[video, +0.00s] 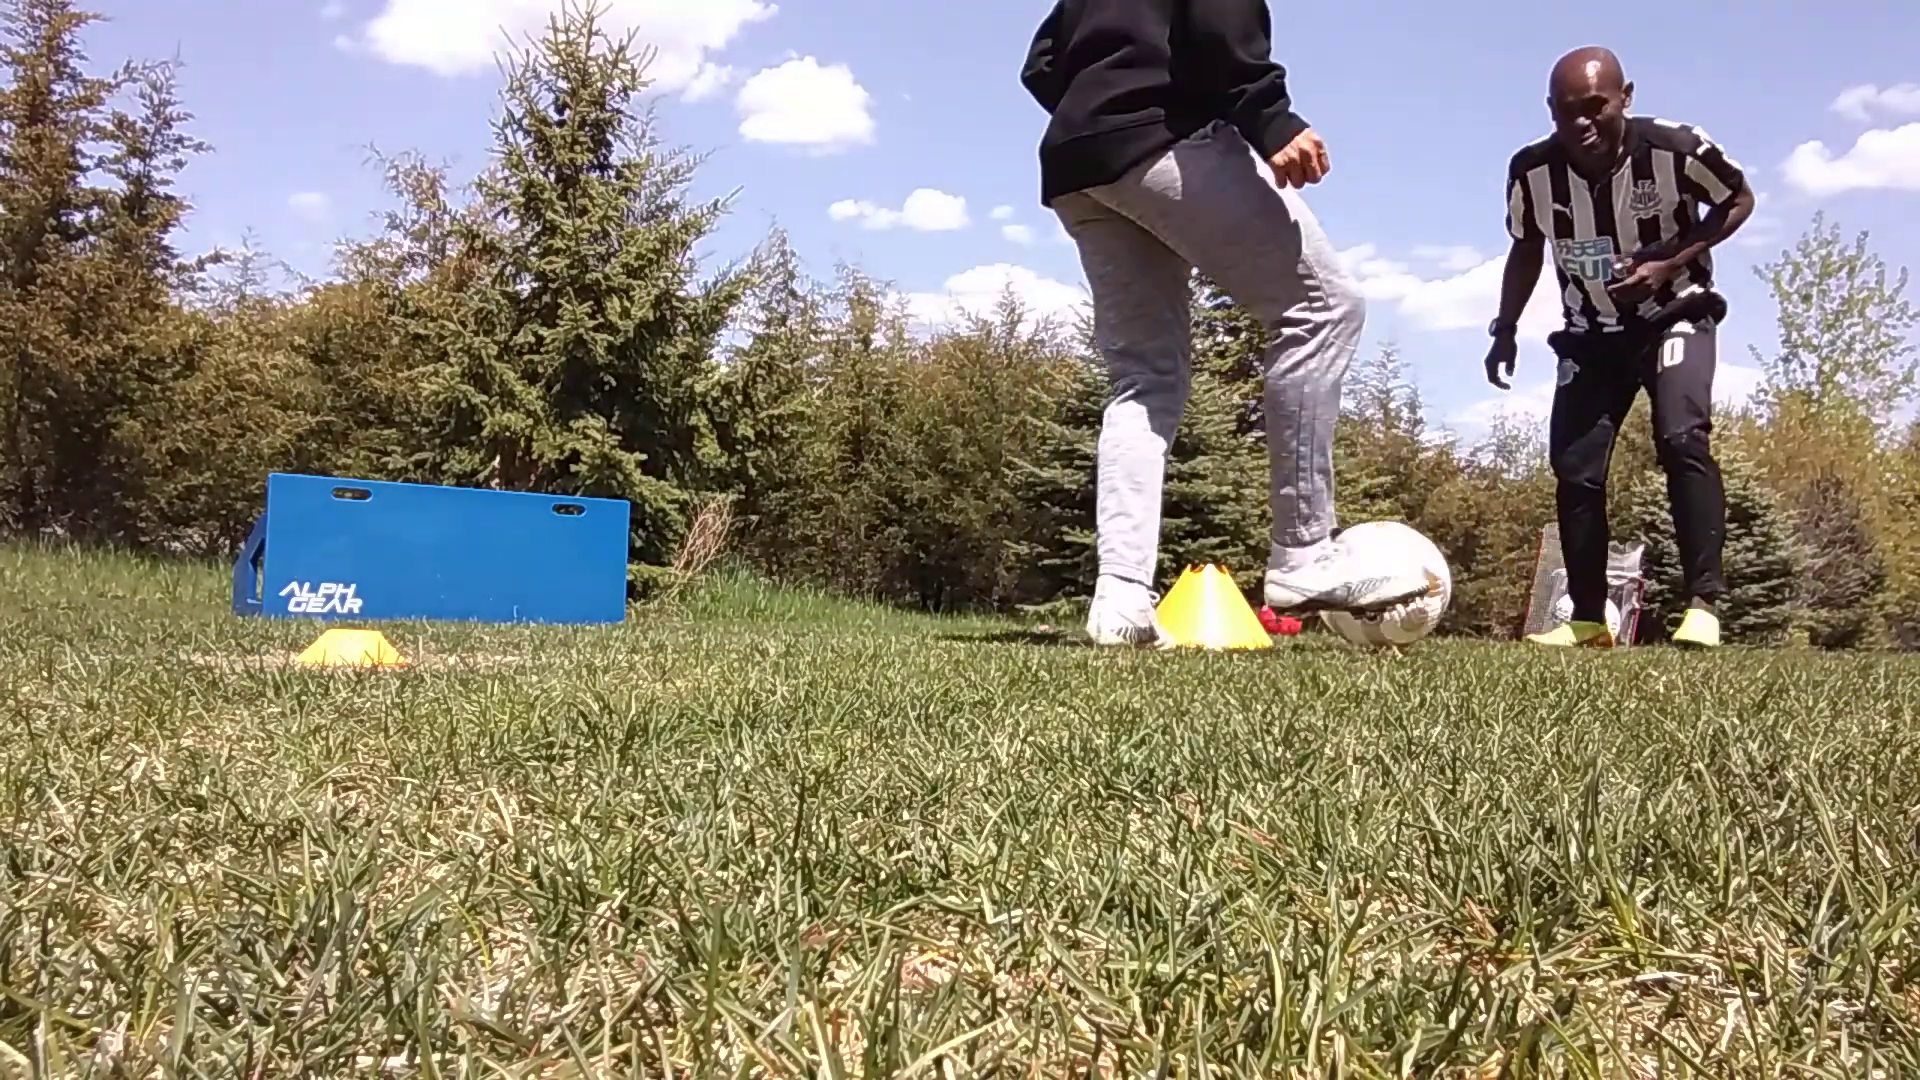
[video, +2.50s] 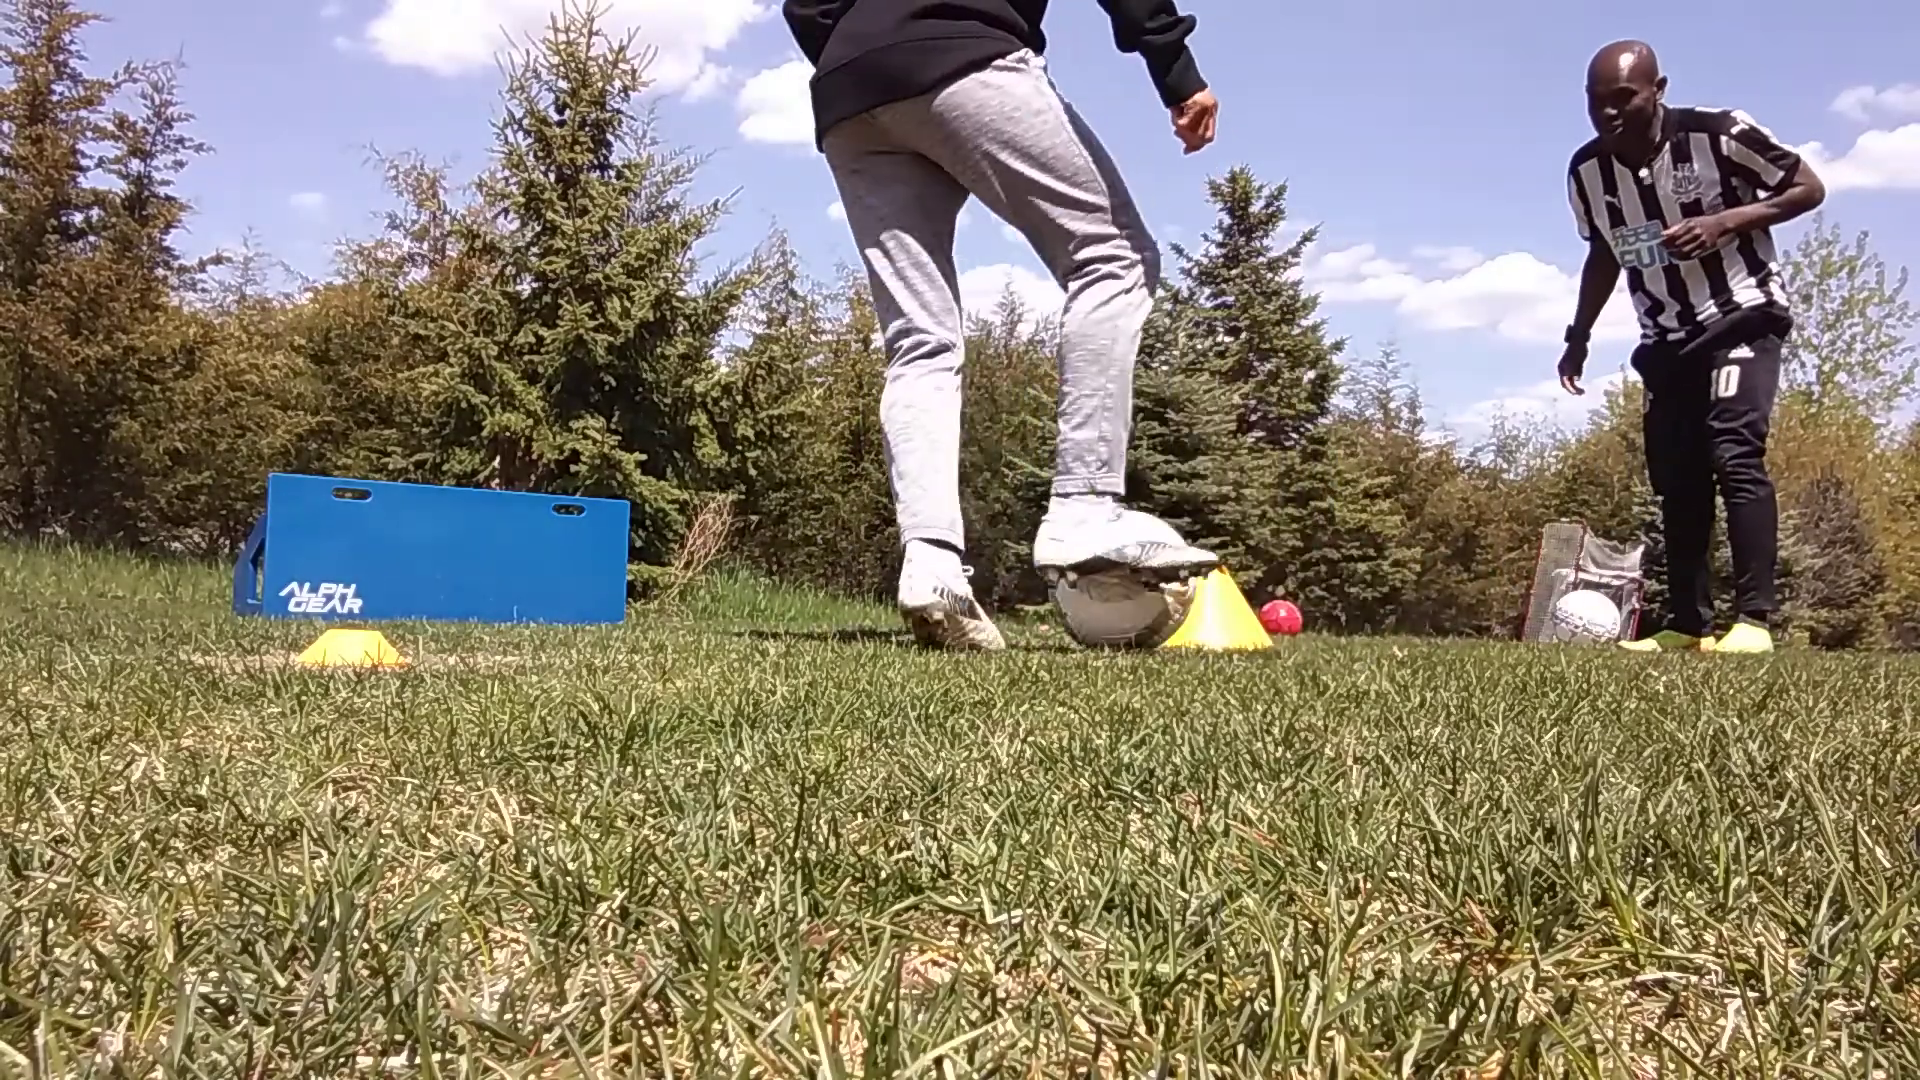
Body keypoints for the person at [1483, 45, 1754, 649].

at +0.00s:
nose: (1580, 121)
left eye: (1594, 106)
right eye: (1566, 109)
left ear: (1625, 99)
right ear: (1551, 109)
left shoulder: (1675, 147)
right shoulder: (1531, 170)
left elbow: (1739, 199)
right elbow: (1527, 247)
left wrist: (1674, 261)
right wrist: (1506, 326)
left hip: (1675, 321)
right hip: (1592, 334)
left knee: (1682, 443)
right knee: (1574, 470)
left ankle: (1703, 607)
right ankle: (1588, 618)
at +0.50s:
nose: (1591, 131)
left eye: (1600, 116)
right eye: (1585, 118)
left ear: (1647, 97)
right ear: (1585, 108)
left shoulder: (1725, 130)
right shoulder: (1599, 165)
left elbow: (1828, 188)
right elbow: (1623, 248)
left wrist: (1726, 234)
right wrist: (1583, 331)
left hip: (1756, 318)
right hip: (1676, 324)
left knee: (1710, 451)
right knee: (1573, 423)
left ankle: (1737, 626)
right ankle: (1585, 585)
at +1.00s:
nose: (1572, 134)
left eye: (1585, 117)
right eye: (1566, 120)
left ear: (1630, 103)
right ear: (1563, 117)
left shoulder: (1704, 142)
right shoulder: (1574, 182)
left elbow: (1801, 190)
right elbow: (1590, 262)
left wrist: (1722, 245)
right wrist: (1559, 347)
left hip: (1736, 320)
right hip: (1660, 340)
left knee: (1719, 446)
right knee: (1635, 469)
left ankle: (1737, 623)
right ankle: (1638, 624)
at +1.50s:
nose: (1612, 128)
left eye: (1620, 112)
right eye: (1606, 115)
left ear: (1663, 93)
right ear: (1612, 106)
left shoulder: (1745, 129)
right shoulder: (1620, 158)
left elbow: (1844, 187)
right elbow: (1643, 236)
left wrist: (1747, 207)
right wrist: (1601, 310)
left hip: (1755, 323)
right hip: (1682, 333)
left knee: (1733, 453)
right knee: (1640, 459)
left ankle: (1753, 624)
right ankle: (1637, 615)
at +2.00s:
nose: (1602, 143)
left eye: (1613, 130)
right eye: (1599, 129)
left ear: (1660, 114)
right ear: (1601, 121)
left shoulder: (1734, 135)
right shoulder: (1611, 181)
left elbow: (1836, 179)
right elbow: (1649, 255)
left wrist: (1745, 218)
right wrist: (1639, 343)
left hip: (1769, 316)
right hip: (1692, 334)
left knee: (1737, 450)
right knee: (1668, 472)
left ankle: (1755, 622)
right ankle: (1690, 623)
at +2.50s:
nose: (1607, 114)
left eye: (1621, 100)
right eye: (1597, 103)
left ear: (1657, 92)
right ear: (1587, 102)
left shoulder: (1721, 133)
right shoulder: (1588, 171)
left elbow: (1808, 188)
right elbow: (1604, 253)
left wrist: (1725, 220)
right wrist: (1580, 333)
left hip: (1742, 319)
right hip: (1667, 338)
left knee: (1735, 457)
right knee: (1677, 479)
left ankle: (1754, 622)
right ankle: (1689, 625)